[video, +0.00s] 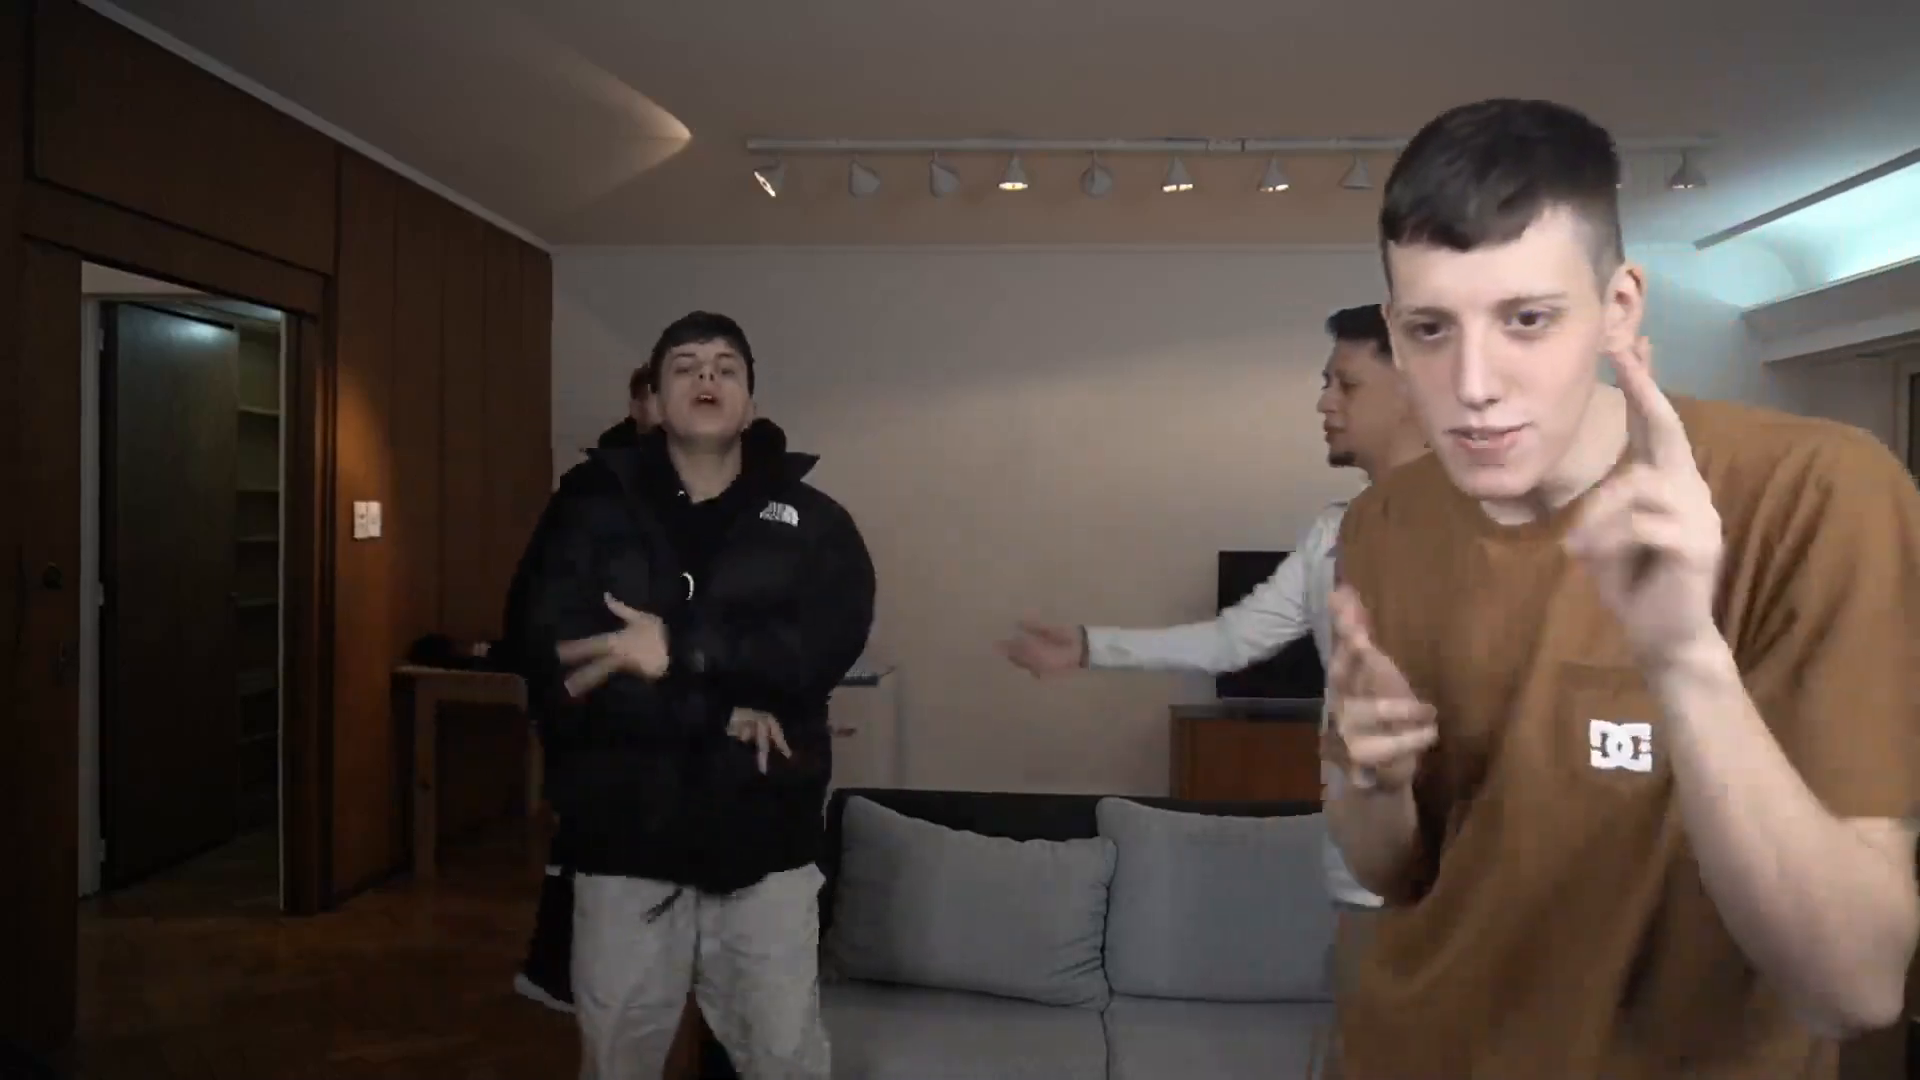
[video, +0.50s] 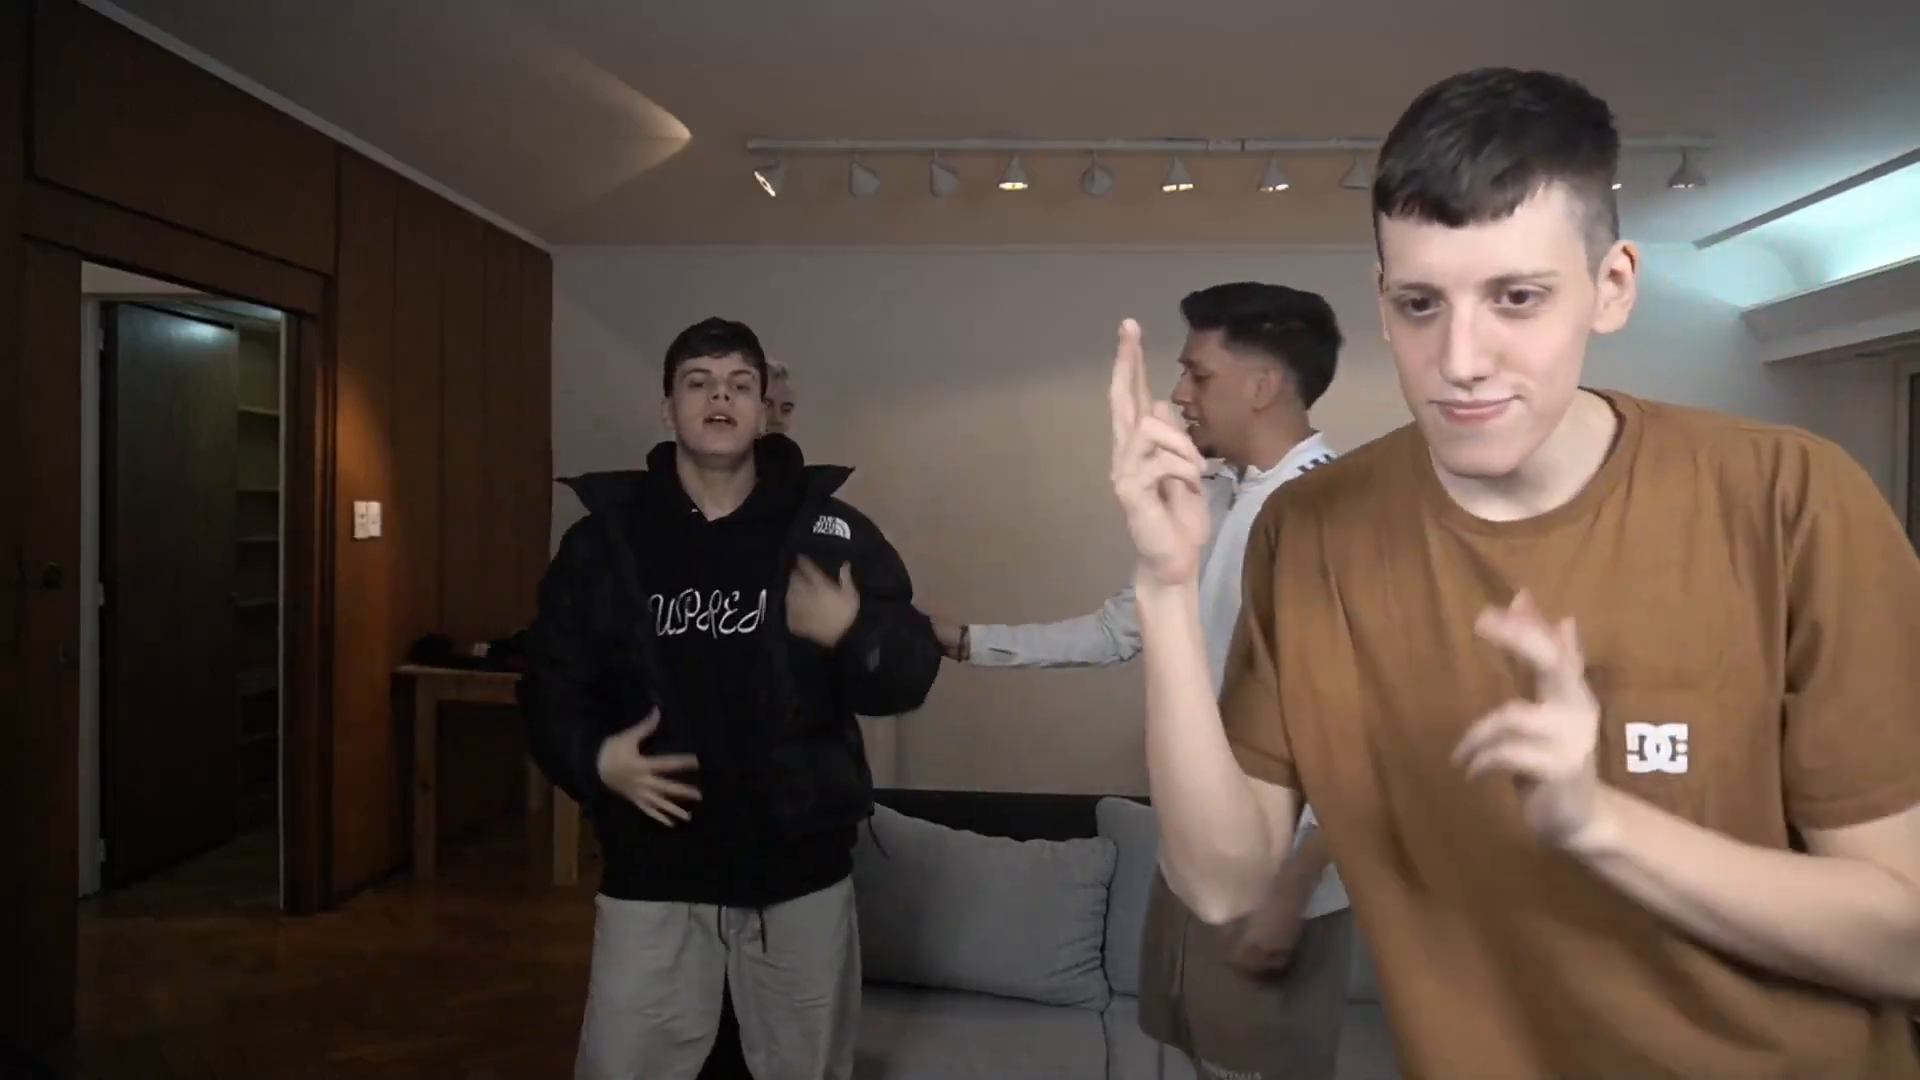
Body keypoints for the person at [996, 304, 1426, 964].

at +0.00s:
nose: (1323, 405)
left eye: (1344, 384)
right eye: (1328, 384)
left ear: (1411, 389)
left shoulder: (1480, 528)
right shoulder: (1333, 538)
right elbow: (1233, 640)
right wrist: (1088, 648)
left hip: (1485, 866)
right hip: (1369, 875)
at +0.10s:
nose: (1298, 404)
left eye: (1318, 384)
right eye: (1302, 384)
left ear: (1387, 396)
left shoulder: (1457, 532)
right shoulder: (1310, 533)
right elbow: (1204, 633)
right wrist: (1059, 633)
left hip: (1450, 897)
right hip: (1337, 893)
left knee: (1442, 1066)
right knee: (1321, 1062)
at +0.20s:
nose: (1268, 393)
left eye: (1289, 373)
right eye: (1272, 374)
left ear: (1357, 386)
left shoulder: (1420, 514)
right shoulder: (1281, 519)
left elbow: (1458, 693)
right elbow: (1181, 627)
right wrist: (1034, 634)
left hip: (1385, 875)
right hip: (1291, 867)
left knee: (1341, 1063)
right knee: (1285, 1057)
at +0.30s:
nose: (1237, 390)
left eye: (1259, 371)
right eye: (1242, 370)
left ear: (1327, 384)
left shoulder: (1387, 514)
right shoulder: (1251, 513)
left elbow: (1422, 703)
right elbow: (1152, 623)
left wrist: (1424, 889)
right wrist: (1002, 632)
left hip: (1358, 873)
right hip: (1249, 862)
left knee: (1342, 1063)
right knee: (1246, 1062)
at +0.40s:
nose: (1208, 395)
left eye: (1228, 374)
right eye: (1213, 373)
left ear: (1295, 386)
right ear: (1290, 386)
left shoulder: (1353, 513)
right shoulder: (1240, 506)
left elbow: (1383, 713)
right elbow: (1135, 624)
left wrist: (1364, 894)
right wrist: (977, 638)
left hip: (1317, 877)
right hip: (1230, 860)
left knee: (1305, 1066)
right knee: (1224, 1059)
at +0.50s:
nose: (1180, 398)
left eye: (1199, 376)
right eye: (1182, 376)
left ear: (1268, 383)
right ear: (1262, 385)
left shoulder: (1327, 509)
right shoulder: (1224, 502)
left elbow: (1366, 734)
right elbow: (1122, 627)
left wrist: (1292, 883)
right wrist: (967, 641)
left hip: (1279, 873)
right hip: (1200, 848)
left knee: (1258, 1062)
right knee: (1183, 1047)